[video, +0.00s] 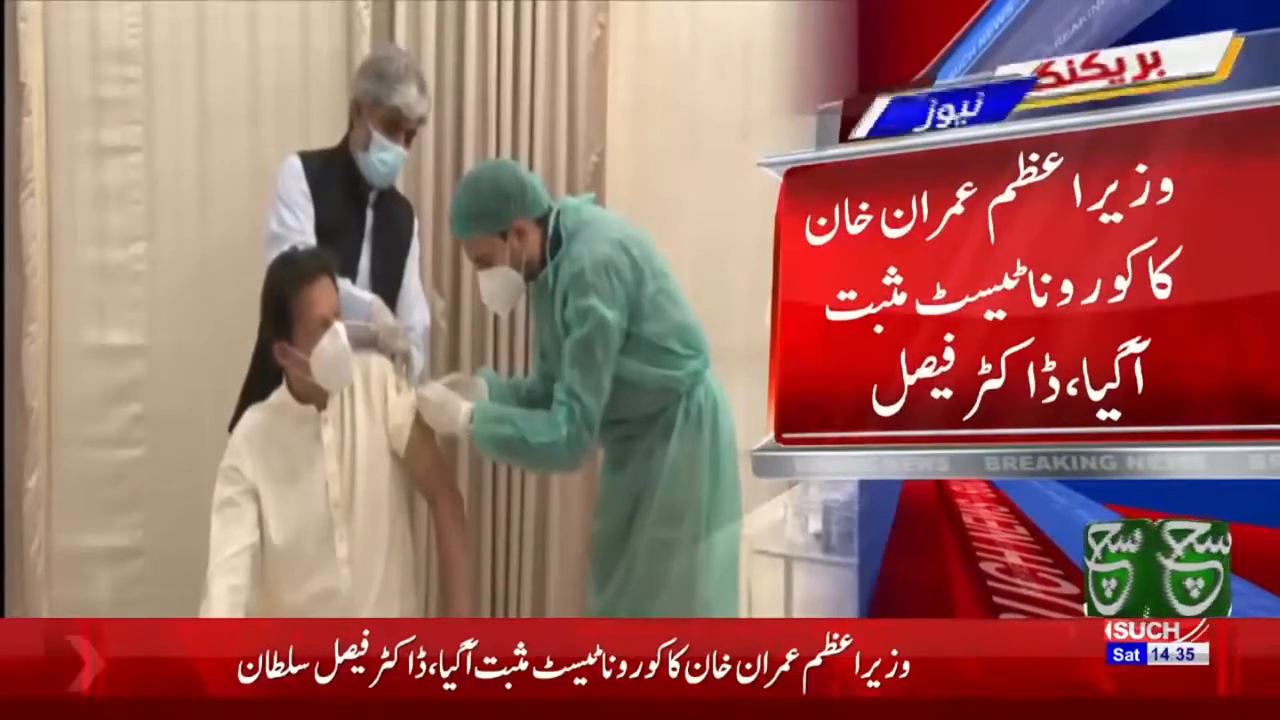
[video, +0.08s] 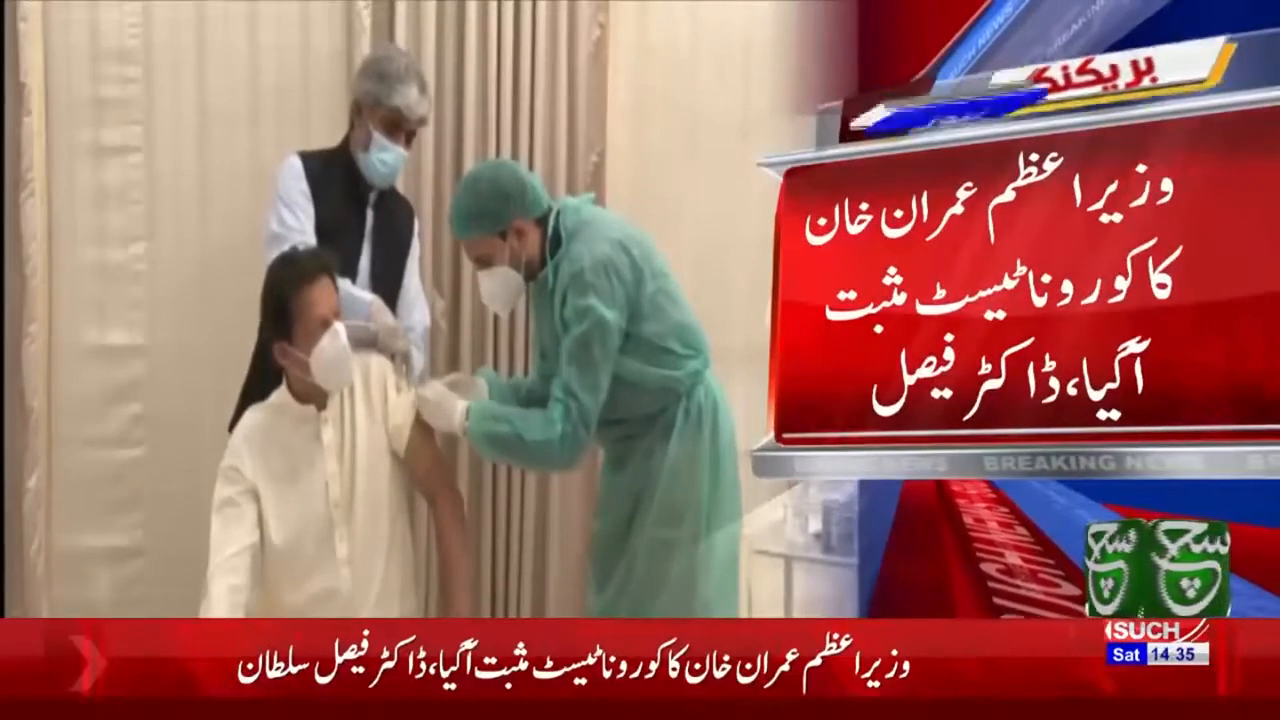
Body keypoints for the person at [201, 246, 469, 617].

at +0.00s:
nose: (339, 336)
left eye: (339, 320)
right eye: (322, 328)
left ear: (349, 318)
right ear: (284, 351)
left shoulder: (376, 380)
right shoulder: (253, 436)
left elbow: (444, 496)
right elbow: (229, 572)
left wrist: (460, 614)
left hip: (390, 621)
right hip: (293, 636)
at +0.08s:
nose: (339, 336)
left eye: (340, 320)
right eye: (322, 328)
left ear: (349, 319)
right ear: (285, 352)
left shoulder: (376, 381)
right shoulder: (254, 435)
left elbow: (444, 495)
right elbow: (229, 571)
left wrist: (460, 615)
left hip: (390, 620)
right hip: (293, 635)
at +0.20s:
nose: (339, 336)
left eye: (339, 320)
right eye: (322, 328)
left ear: (350, 319)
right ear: (284, 352)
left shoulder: (376, 381)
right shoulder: (254, 436)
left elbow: (444, 496)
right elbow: (229, 572)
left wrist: (460, 614)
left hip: (390, 620)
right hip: (293, 635)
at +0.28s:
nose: (339, 337)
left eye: (340, 320)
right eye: (322, 328)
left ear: (350, 319)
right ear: (284, 352)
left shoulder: (376, 381)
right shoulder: (254, 435)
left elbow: (444, 496)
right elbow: (229, 571)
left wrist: (460, 614)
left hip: (389, 619)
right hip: (293, 634)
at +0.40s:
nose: (339, 337)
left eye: (339, 320)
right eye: (322, 329)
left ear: (350, 320)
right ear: (283, 351)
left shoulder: (376, 381)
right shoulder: (254, 435)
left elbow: (444, 496)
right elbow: (230, 570)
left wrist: (460, 614)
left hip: (389, 619)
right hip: (293, 633)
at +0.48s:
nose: (338, 337)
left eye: (339, 321)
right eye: (321, 329)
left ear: (350, 320)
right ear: (283, 351)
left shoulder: (376, 381)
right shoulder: (254, 435)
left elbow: (444, 496)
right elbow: (230, 570)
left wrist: (460, 614)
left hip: (389, 619)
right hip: (293, 632)